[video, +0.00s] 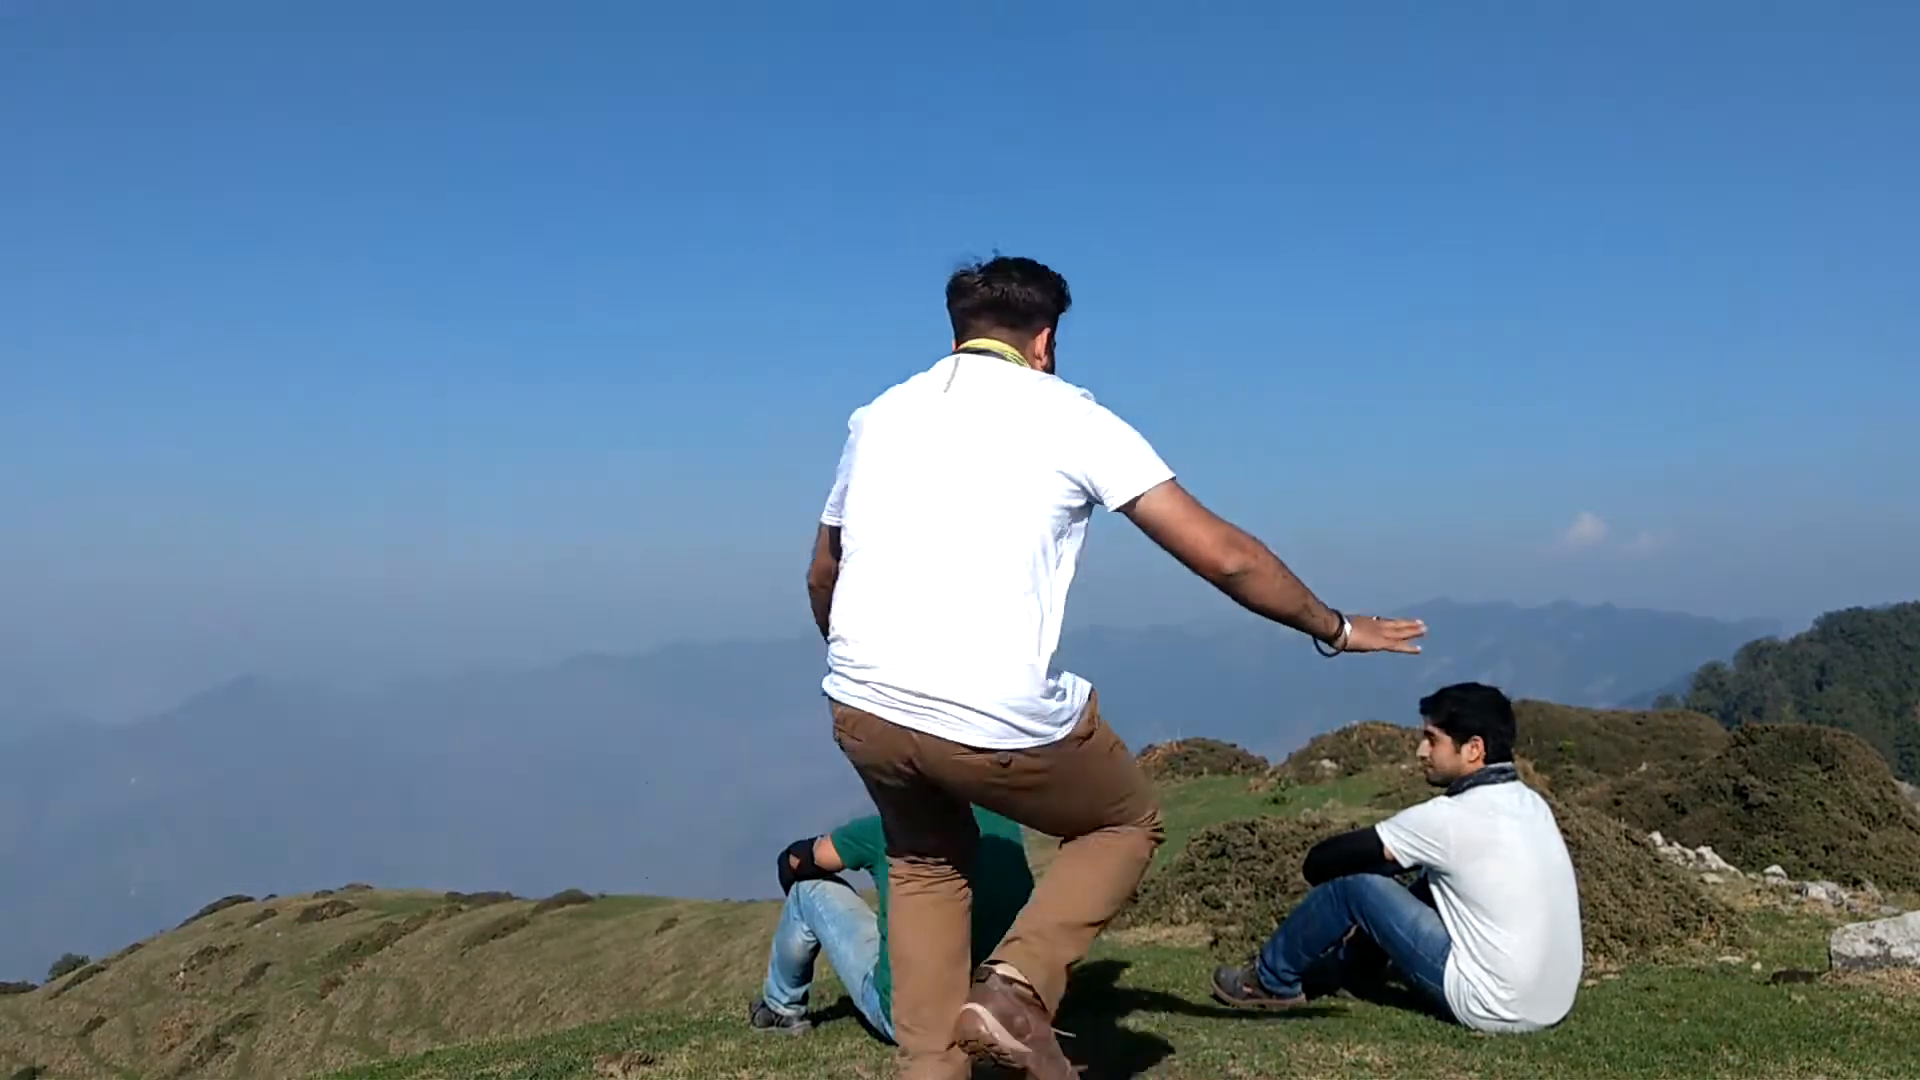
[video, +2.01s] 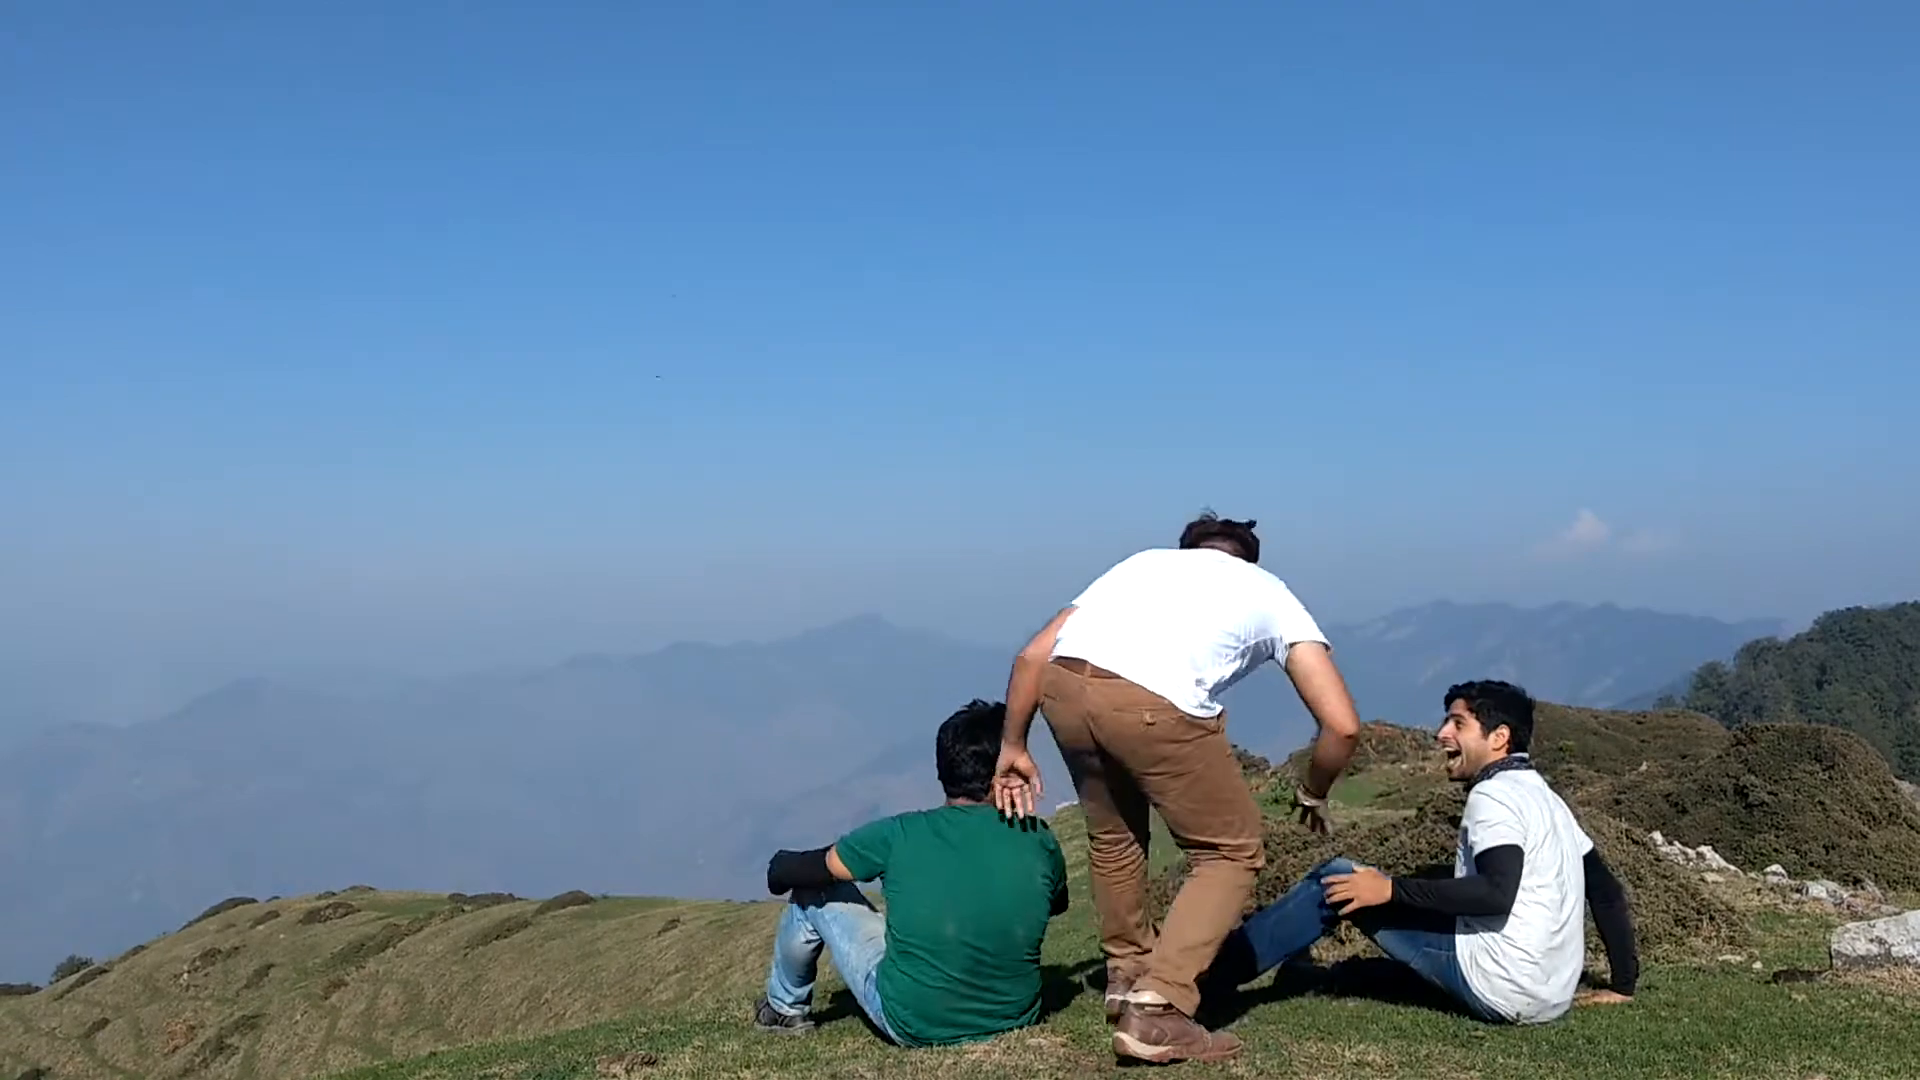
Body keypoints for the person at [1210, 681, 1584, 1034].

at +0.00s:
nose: (1422, 751)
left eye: (1432, 739)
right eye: (1424, 738)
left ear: (1473, 750)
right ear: (1480, 751)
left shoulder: (1450, 816)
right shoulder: (1533, 803)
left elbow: (1320, 860)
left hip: (1487, 1004)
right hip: (1546, 1001)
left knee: (1354, 885)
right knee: (1433, 878)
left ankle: (1271, 979)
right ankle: (1350, 966)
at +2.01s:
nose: (1442, 734)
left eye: (1457, 723)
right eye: (1446, 721)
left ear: (1500, 739)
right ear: (1504, 745)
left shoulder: (1493, 795)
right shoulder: (1548, 797)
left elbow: (1496, 893)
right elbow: (1608, 894)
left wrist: (1391, 890)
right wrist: (1626, 984)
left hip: (1498, 986)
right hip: (1549, 995)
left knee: (1337, 877)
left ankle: (1204, 978)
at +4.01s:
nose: (1481, 735)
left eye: (1496, 724)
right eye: (1482, 722)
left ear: (1540, 738)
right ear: (1541, 740)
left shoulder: (1544, 807)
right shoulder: (1572, 787)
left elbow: (1583, 916)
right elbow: (1627, 874)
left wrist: (1512, 994)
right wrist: (1588, 928)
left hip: (1536, 986)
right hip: (1557, 959)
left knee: (1378, 956)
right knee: (1459, 887)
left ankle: (1226, 996)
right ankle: (1342, 958)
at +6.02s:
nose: (1394, 702)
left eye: (1407, 687)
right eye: (1383, 691)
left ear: (1434, 689)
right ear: (1374, 699)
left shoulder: (1451, 749)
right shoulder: (1422, 759)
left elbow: (1400, 848)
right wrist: (1507, 952)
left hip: (1487, 916)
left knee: (1368, 869)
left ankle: (1426, 989)